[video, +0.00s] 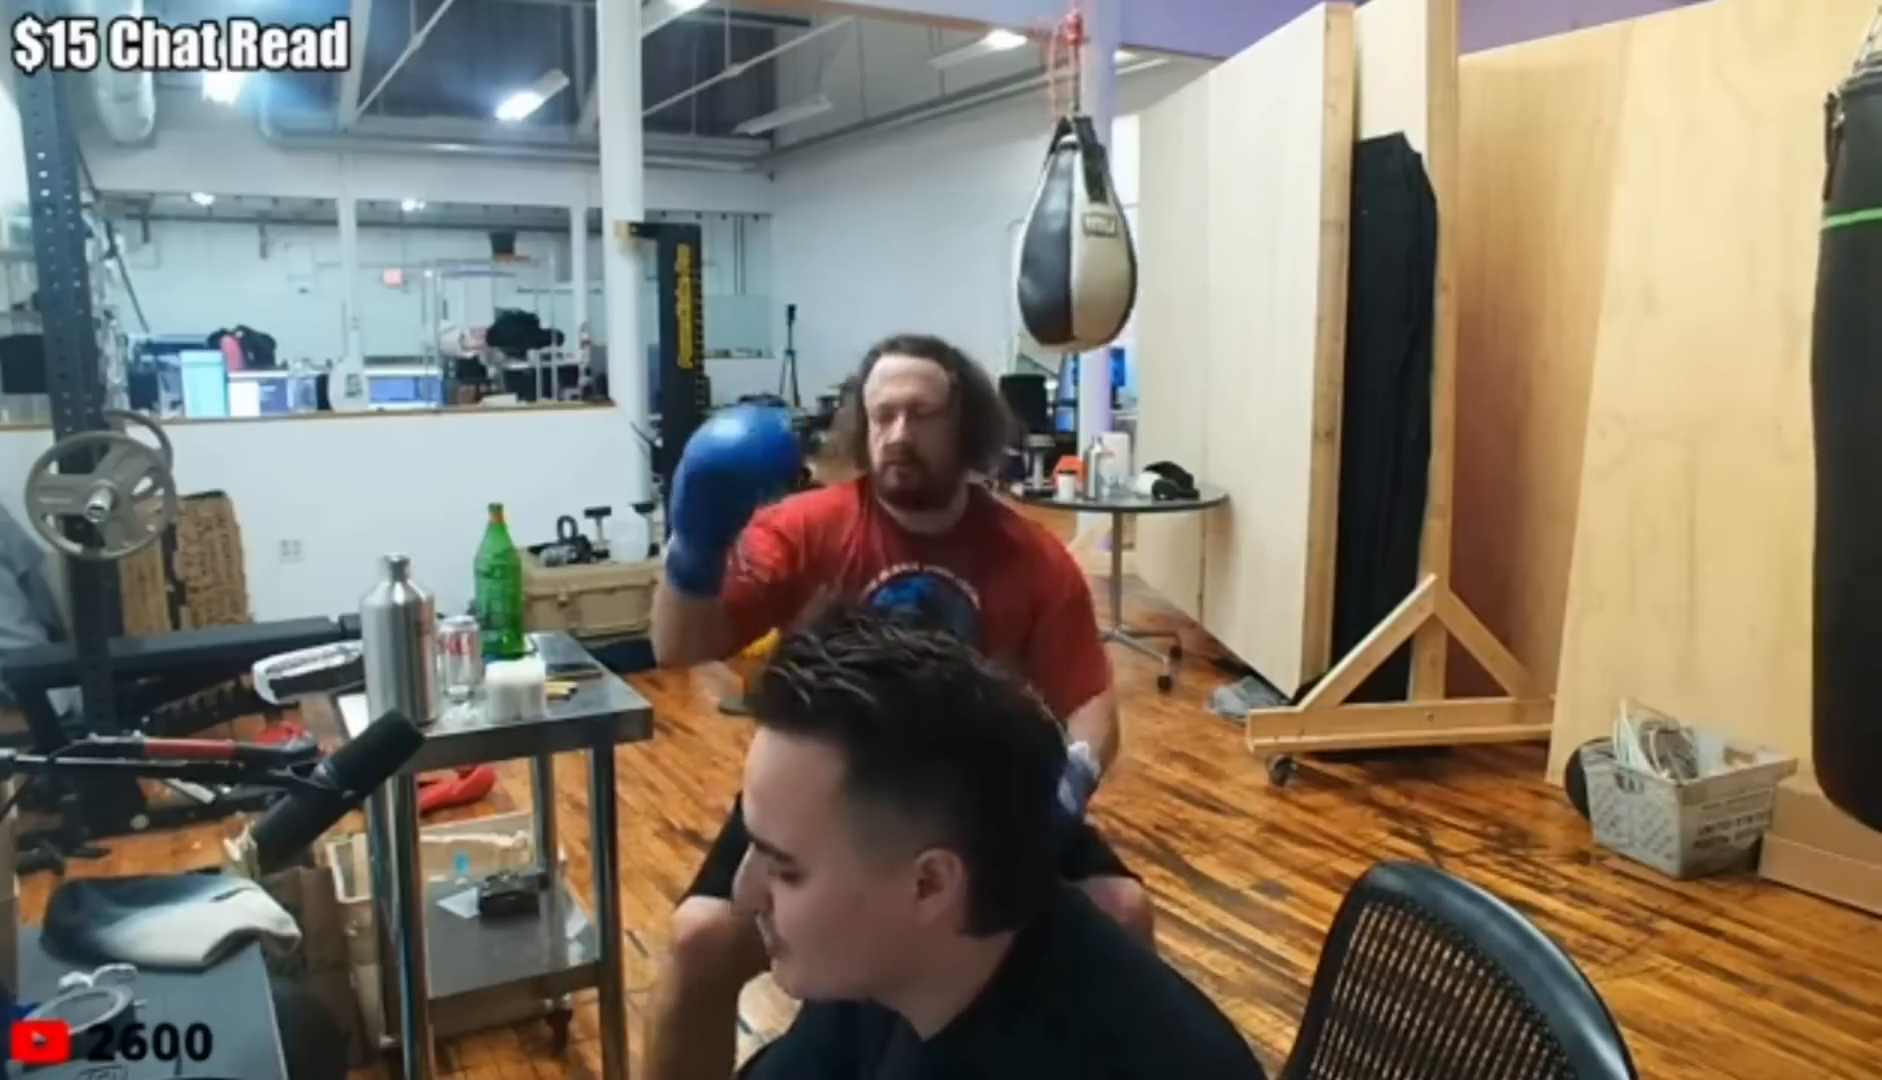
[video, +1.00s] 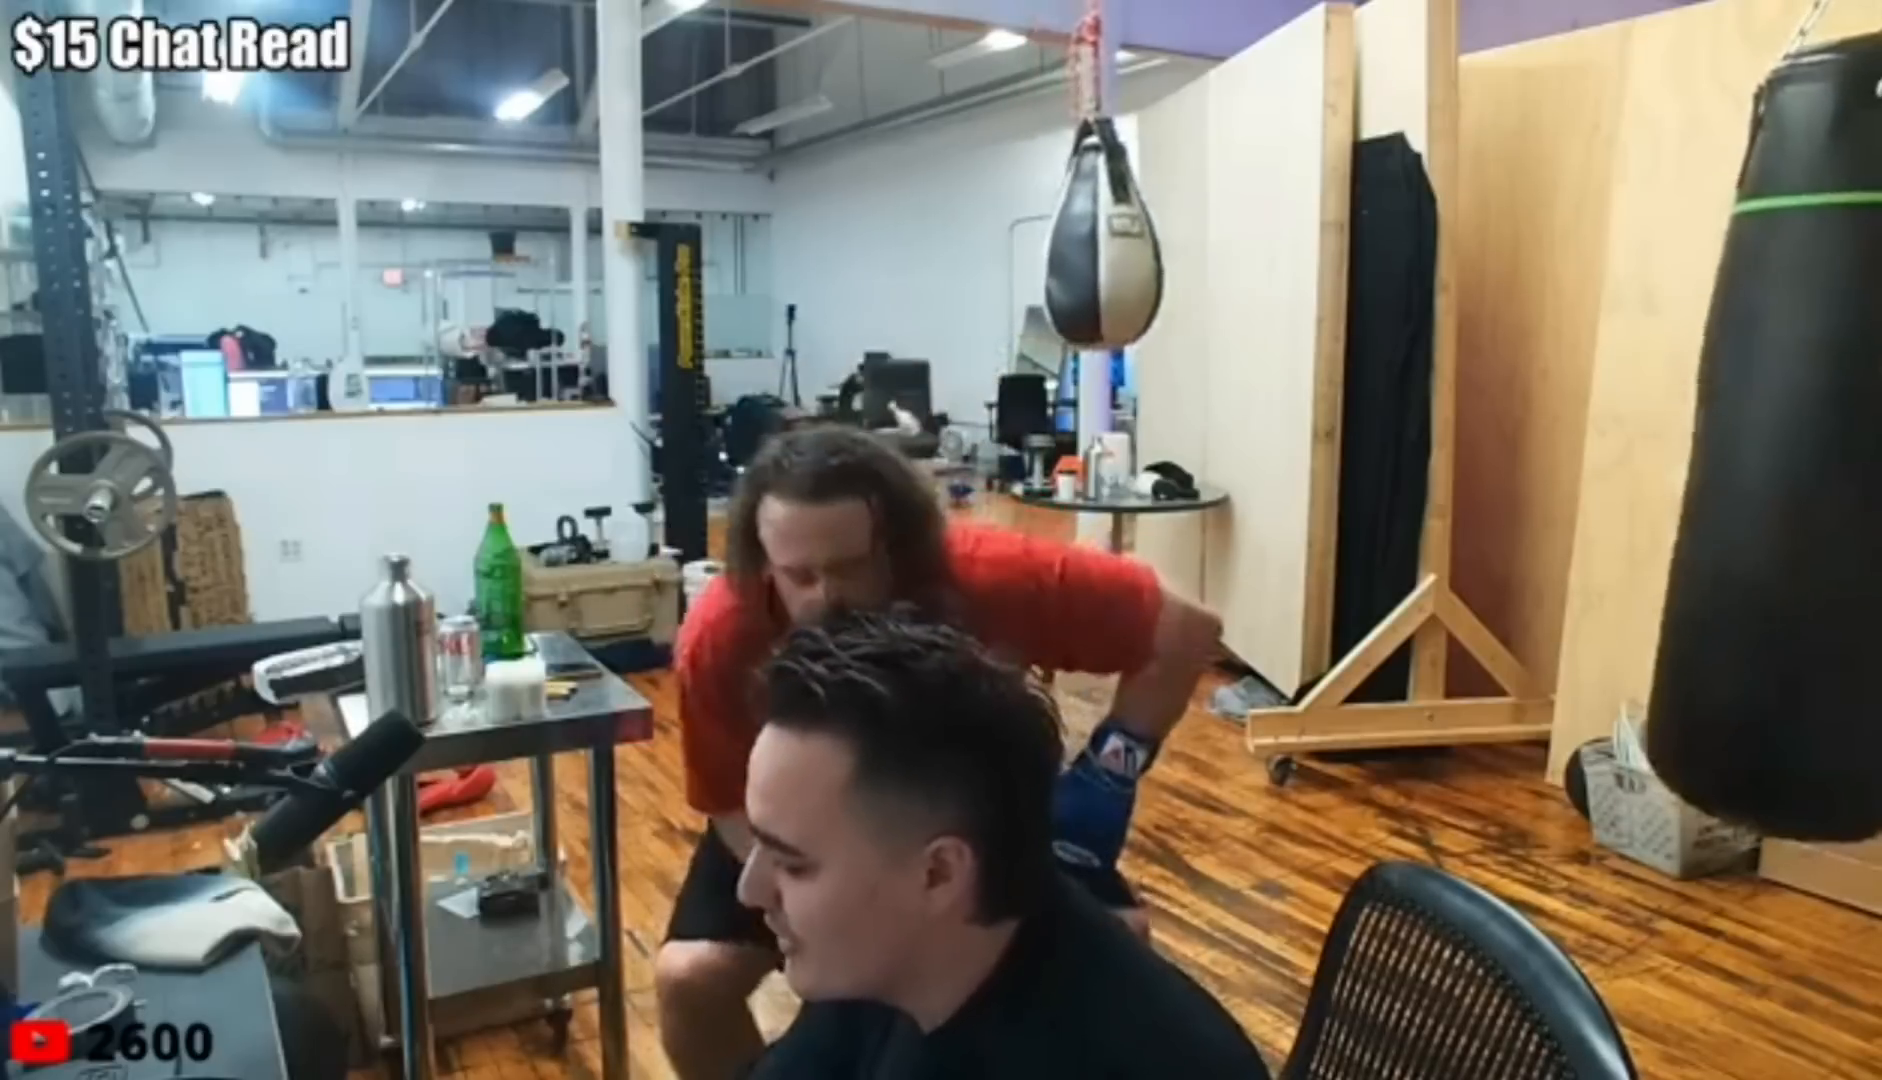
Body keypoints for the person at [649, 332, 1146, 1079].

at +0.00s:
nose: (897, 436)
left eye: (922, 415)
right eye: (881, 416)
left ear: (969, 428)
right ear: (863, 430)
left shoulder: (1033, 560)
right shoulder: (810, 526)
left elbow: (1087, 702)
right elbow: (681, 647)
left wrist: (1076, 770)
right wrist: (697, 538)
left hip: (982, 779)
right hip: (823, 772)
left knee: (1122, 912)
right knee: (701, 937)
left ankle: (1112, 1074)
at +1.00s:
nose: (824, 600)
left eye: (847, 571)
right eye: (799, 577)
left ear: (898, 550)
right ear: (763, 565)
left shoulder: (983, 576)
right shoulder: (720, 632)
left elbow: (1186, 635)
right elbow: (727, 811)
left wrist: (1097, 791)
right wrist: (848, 900)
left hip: (950, 805)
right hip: (781, 823)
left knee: (1115, 933)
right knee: (690, 975)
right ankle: (743, 1074)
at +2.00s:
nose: (900, 100)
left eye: (904, 79)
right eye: (869, 76)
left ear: (912, 100)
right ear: (779, 104)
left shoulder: (969, 264)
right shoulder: (688, 281)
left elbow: (1019, 439)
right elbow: (594, 461)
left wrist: (1051, 586)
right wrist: (657, 629)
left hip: (947, 686)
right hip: (757, 693)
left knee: (979, 944)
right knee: (753, 947)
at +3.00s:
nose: (1247, 147)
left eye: (1247, 123)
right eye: (1234, 118)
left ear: (1158, 118)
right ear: (1165, 112)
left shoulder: (1132, 236)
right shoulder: (1090, 232)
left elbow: (1143, 414)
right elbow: (1047, 436)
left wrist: (1266, 382)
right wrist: (1213, 534)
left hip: (1122, 628)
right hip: (1099, 638)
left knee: (1064, 900)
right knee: (1190, 893)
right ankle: (1163, 1069)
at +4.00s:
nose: (1476, 144)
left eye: (1482, 123)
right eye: (1449, 121)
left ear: (1480, 133)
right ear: (1369, 133)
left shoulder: (1422, 262)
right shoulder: (1325, 260)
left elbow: (1409, 419)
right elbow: (1283, 463)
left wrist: (1515, 396)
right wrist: (1453, 552)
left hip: (1434, 662)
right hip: (1356, 674)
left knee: (1461, 935)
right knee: (1395, 945)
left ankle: (1456, 1065)